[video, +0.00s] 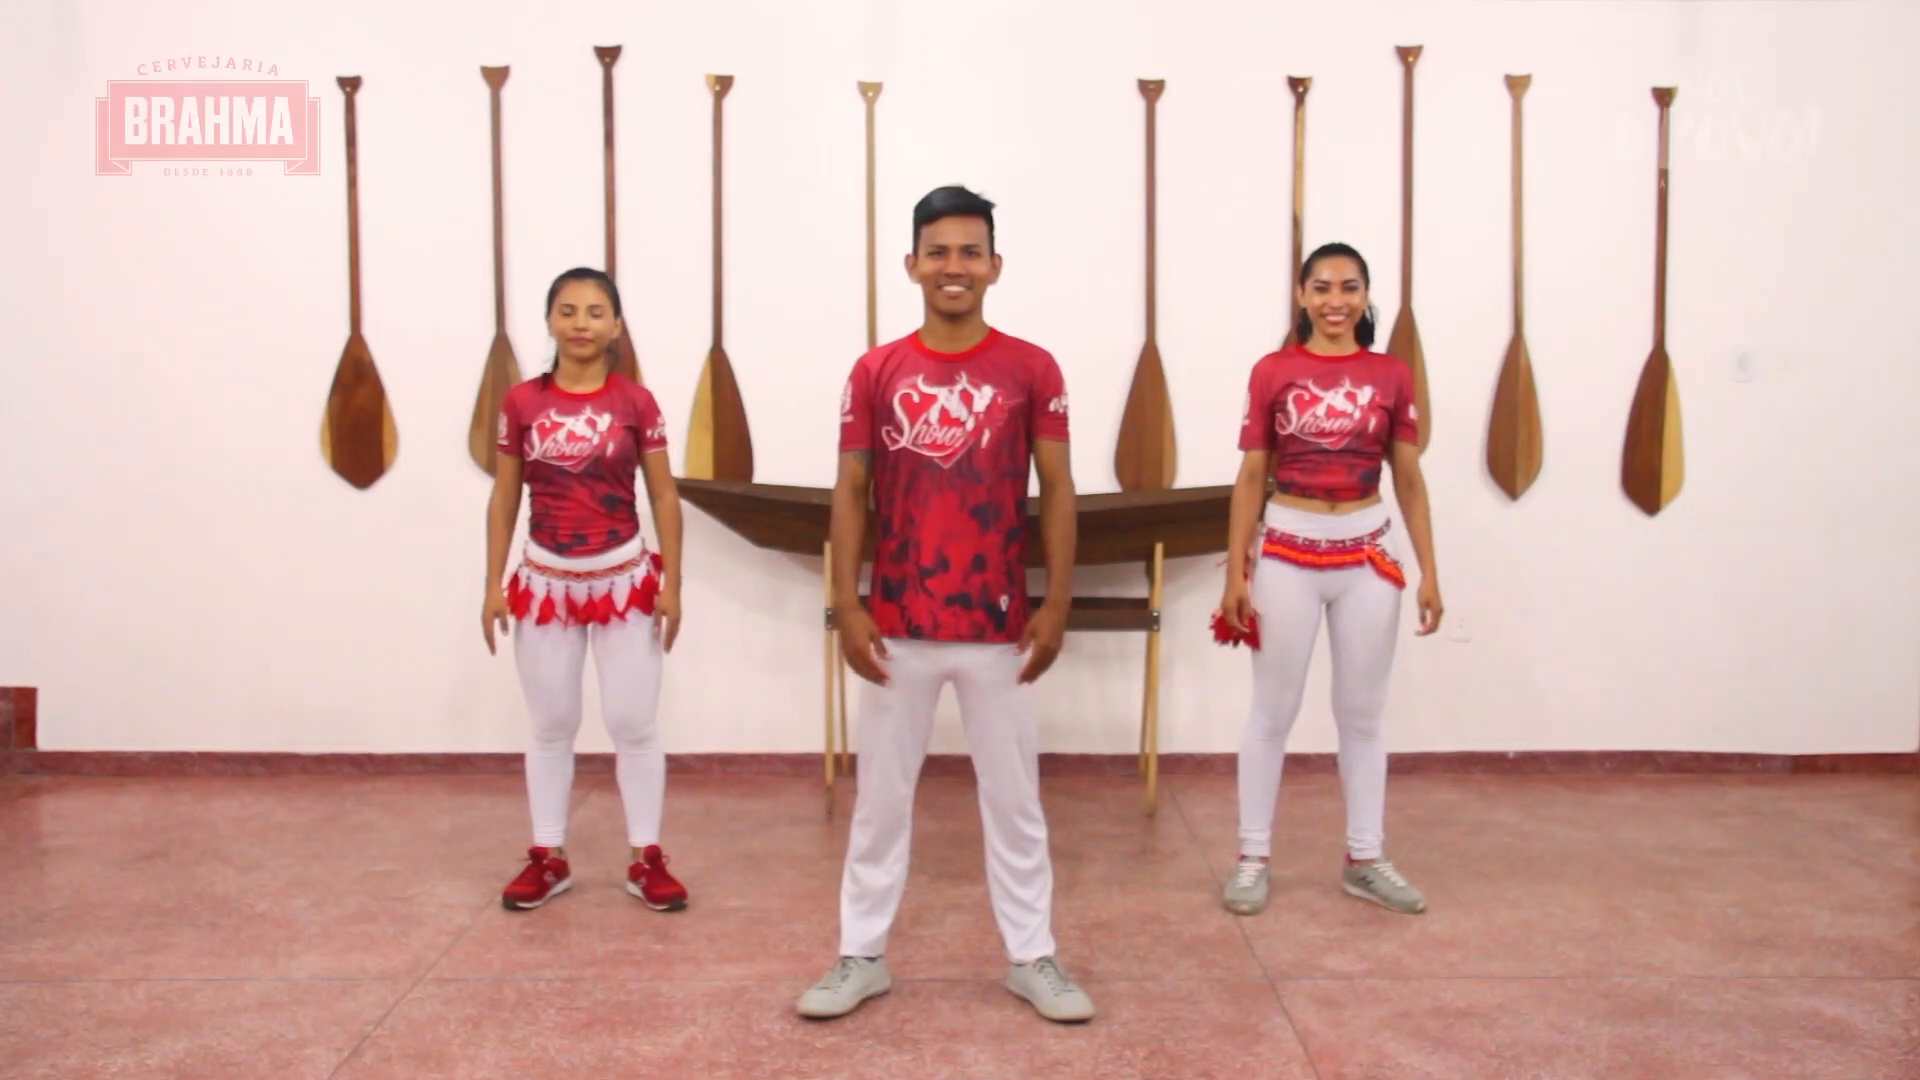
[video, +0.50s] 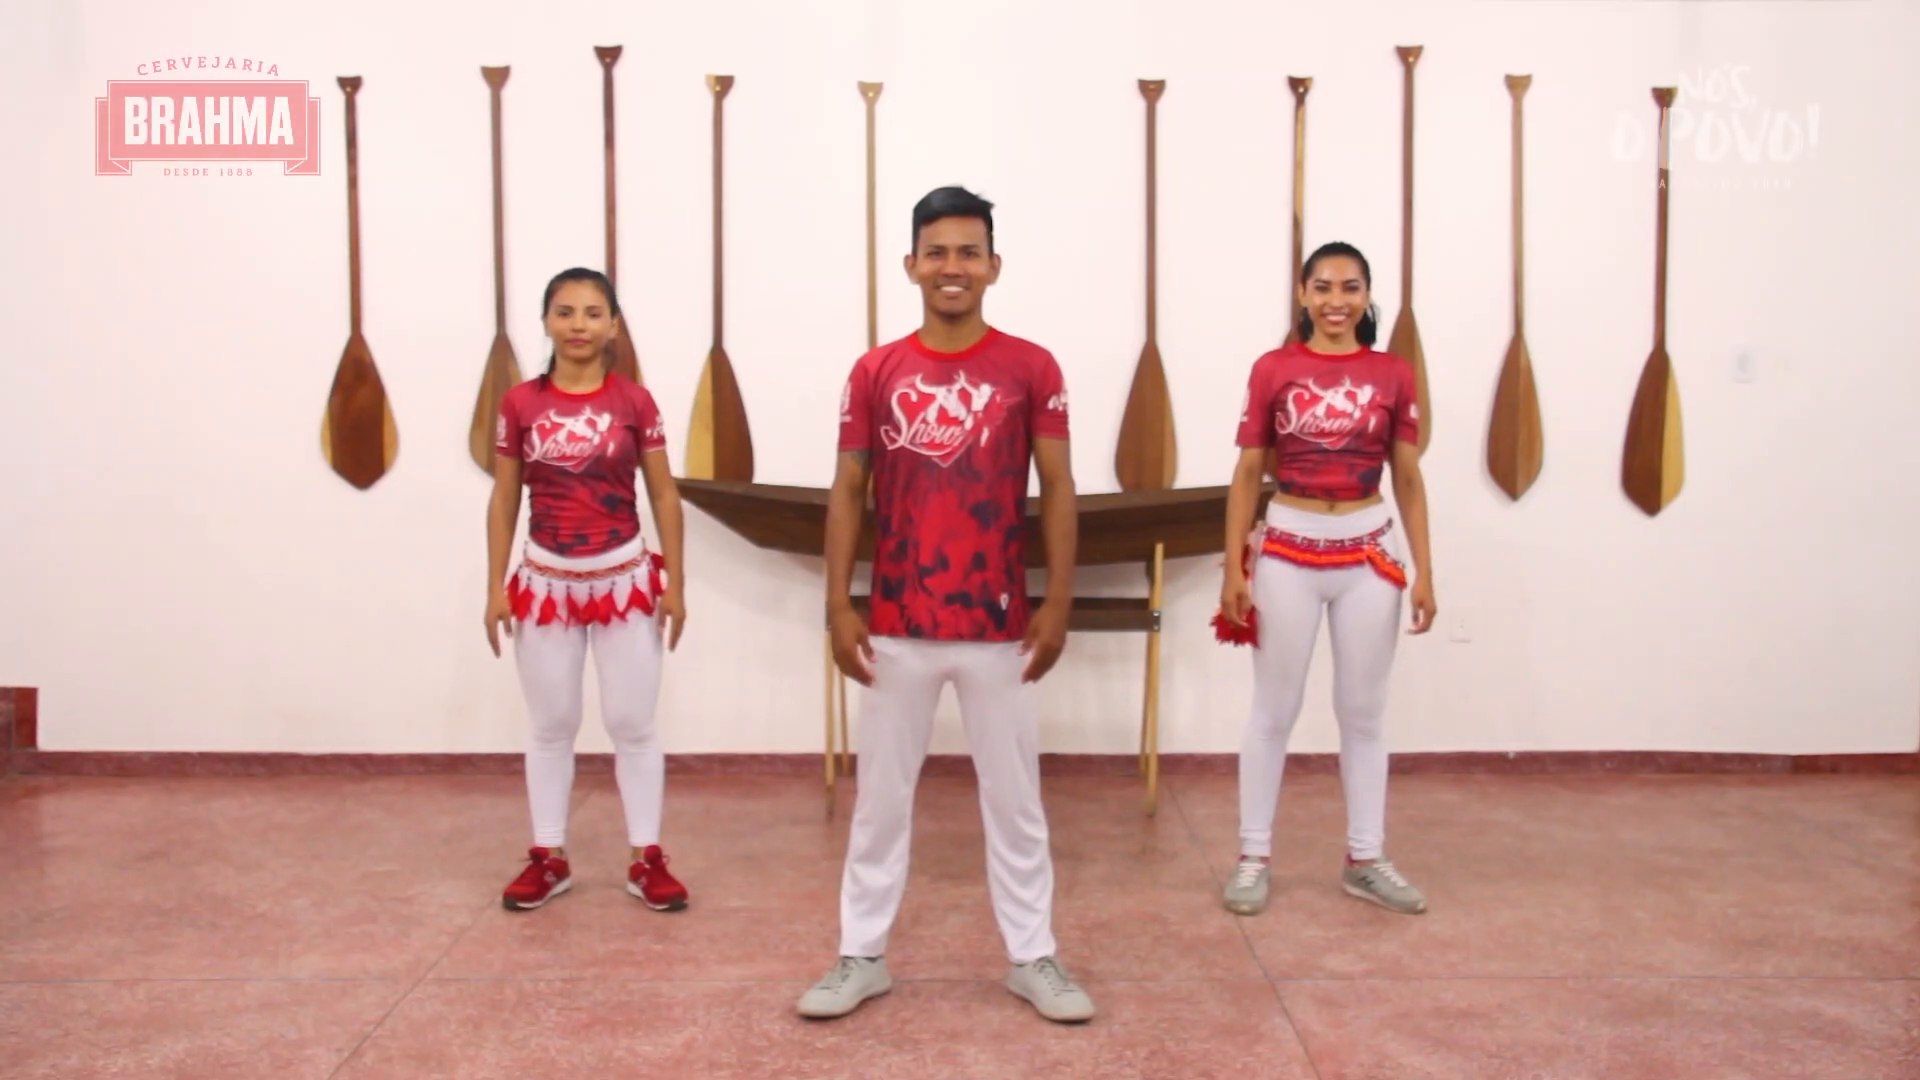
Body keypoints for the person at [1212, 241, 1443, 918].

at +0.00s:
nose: (1336, 298)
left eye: (1348, 287)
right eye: (1322, 287)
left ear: (1365, 296)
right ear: (1303, 295)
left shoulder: (1391, 375)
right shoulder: (1274, 371)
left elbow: (1408, 479)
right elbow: (1251, 477)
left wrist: (1428, 572)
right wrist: (1236, 571)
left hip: (1369, 554)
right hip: (1285, 554)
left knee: (1362, 714)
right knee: (1271, 714)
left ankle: (1365, 858)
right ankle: (1253, 859)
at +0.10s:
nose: (1336, 298)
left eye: (1349, 287)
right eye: (1322, 286)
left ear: (1366, 296)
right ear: (1303, 294)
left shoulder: (1391, 374)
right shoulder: (1274, 372)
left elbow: (1412, 479)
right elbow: (1252, 477)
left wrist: (1434, 569)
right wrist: (1237, 570)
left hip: (1370, 553)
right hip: (1287, 554)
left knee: (1363, 714)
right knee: (1272, 714)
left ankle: (1366, 859)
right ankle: (1253, 859)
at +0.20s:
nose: (1336, 298)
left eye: (1350, 287)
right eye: (1323, 286)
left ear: (1367, 296)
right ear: (1304, 294)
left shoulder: (1392, 374)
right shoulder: (1275, 372)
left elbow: (1412, 478)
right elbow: (1252, 477)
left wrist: (1434, 569)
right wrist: (1237, 569)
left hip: (1371, 553)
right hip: (1287, 554)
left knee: (1364, 714)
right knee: (1273, 715)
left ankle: (1366, 859)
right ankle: (1253, 859)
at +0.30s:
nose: (1336, 298)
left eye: (1349, 286)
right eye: (1323, 286)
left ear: (1366, 296)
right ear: (1304, 294)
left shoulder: (1391, 374)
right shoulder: (1275, 371)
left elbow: (1412, 479)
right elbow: (1251, 476)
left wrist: (1432, 570)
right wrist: (1236, 569)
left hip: (1370, 553)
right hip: (1287, 553)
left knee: (1364, 713)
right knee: (1273, 714)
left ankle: (1366, 858)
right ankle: (1253, 859)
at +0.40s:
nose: (1337, 298)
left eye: (1350, 287)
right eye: (1324, 286)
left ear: (1367, 296)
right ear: (1304, 294)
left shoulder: (1392, 373)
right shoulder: (1274, 370)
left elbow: (1410, 480)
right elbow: (1249, 475)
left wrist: (1427, 571)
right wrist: (1235, 567)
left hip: (1371, 551)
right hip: (1287, 551)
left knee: (1363, 713)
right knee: (1273, 713)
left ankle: (1365, 859)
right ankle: (1253, 859)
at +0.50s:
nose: (1336, 298)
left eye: (1349, 287)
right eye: (1323, 286)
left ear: (1367, 296)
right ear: (1303, 294)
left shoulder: (1392, 374)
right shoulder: (1274, 369)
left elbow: (1408, 480)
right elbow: (1248, 474)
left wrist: (1423, 573)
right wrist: (1233, 567)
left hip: (1370, 552)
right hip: (1286, 552)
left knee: (1363, 715)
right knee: (1273, 714)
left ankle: (1365, 859)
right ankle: (1254, 859)